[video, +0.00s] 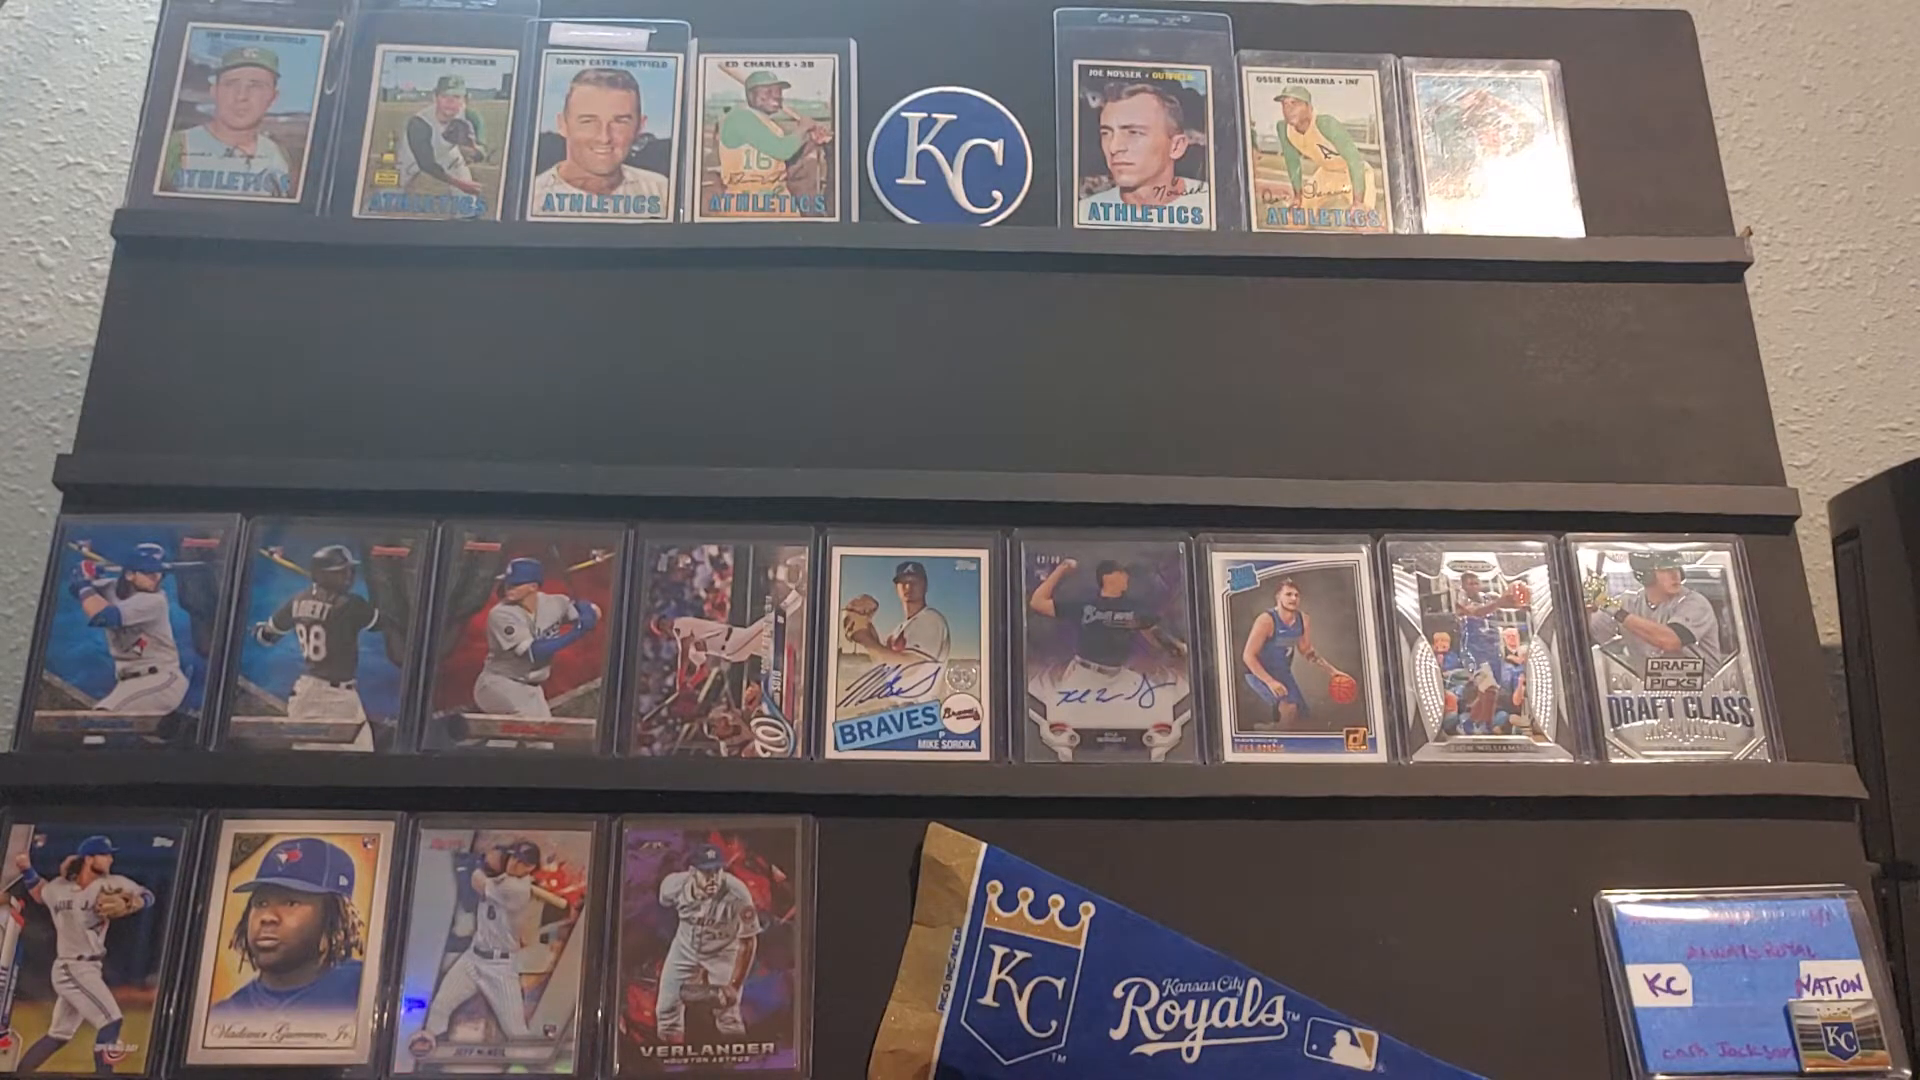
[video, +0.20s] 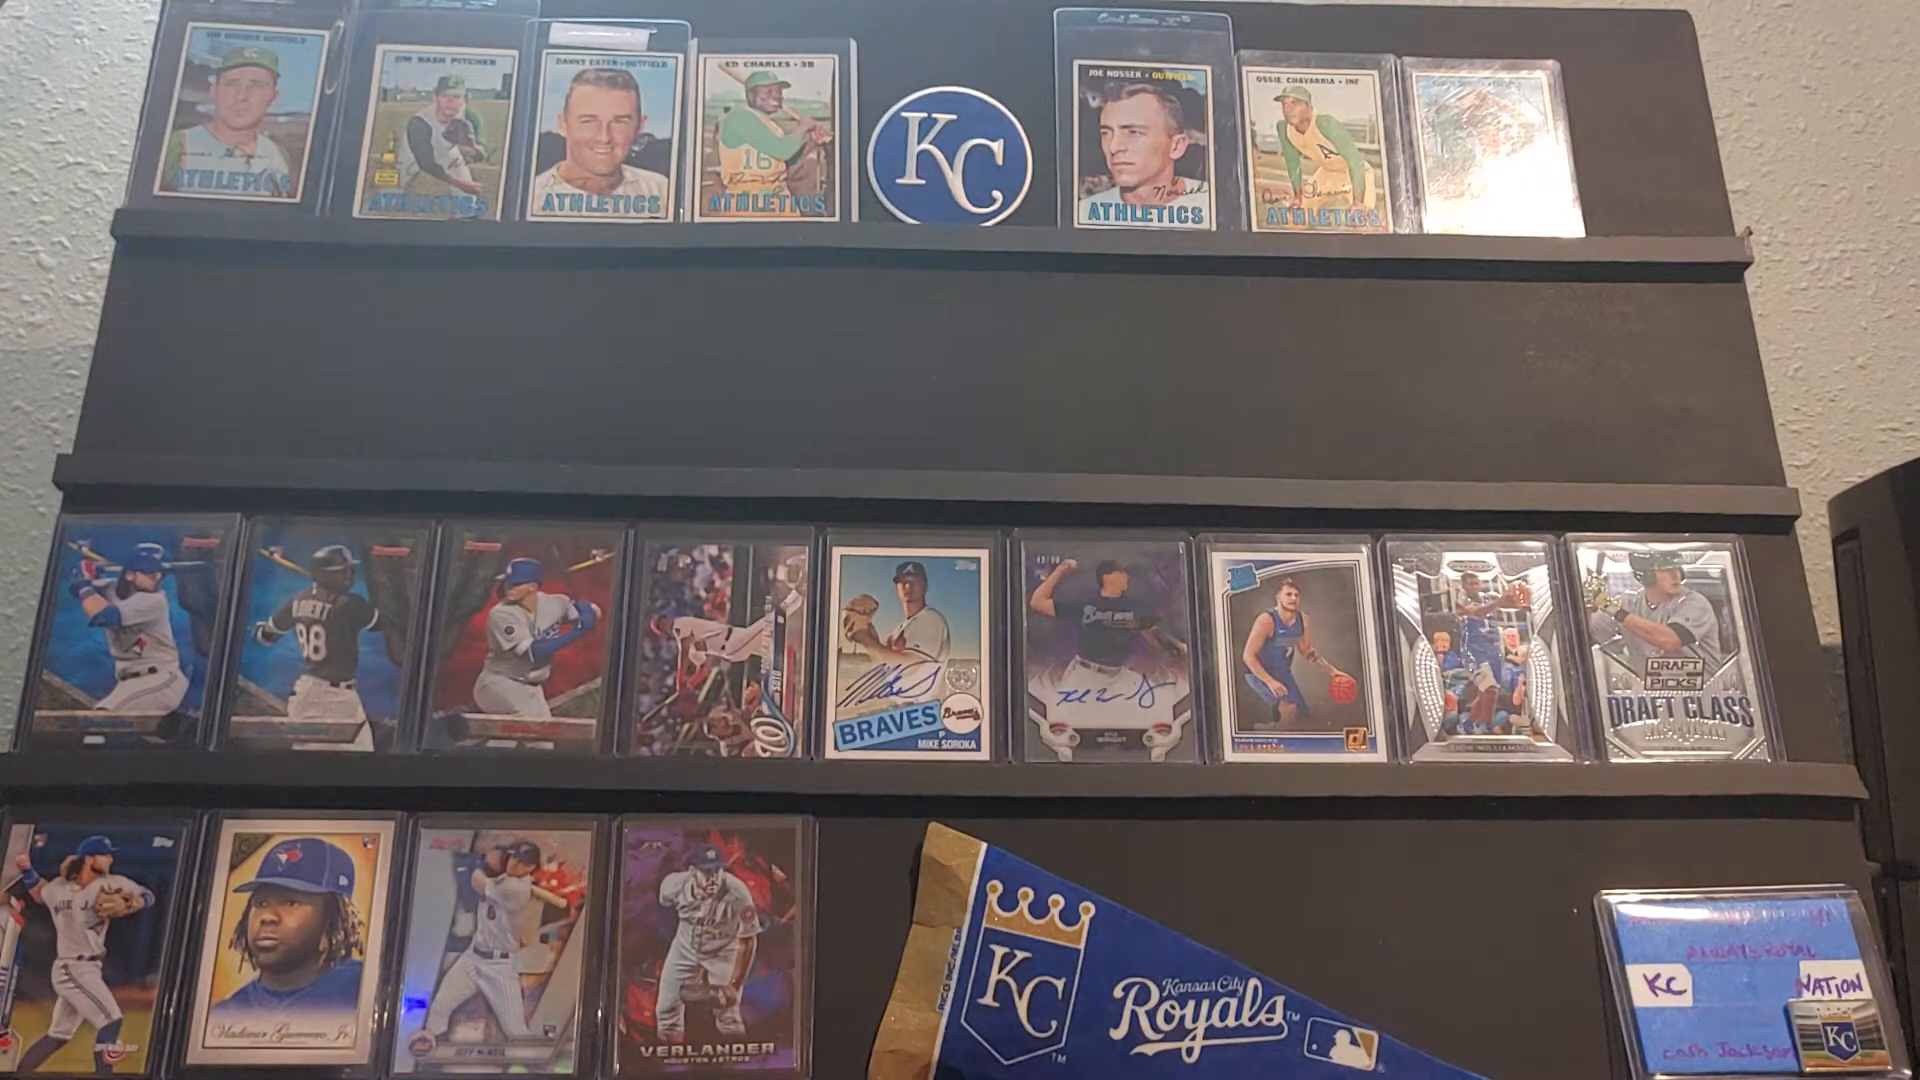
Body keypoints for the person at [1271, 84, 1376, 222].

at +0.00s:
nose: (1288, 109)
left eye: (1294, 103)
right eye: (1284, 105)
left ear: (1308, 107)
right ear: (1281, 108)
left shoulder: (1327, 124)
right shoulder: (1283, 128)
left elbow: (1355, 160)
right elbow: (1293, 163)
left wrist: (1358, 202)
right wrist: (1297, 197)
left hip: (1354, 174)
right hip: (1327, 173)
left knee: (1360, 218)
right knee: (1302, 210)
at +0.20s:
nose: (1288, 109)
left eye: (1294, 103)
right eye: (1284, 104)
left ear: (1308, 106)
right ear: (1281, 108)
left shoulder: (1327, 123)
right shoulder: (1283, 128)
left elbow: (1355, 160)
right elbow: (1293, 163)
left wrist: (1357, 202)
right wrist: (1298, 197)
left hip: (1355, 174)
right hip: (1327, 173)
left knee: (1360, 219)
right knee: (1301, 210)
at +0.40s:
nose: (1288, 110)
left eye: (1294, 103)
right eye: (1284, 105)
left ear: (1308, 107)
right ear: (1281, 108)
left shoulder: (1327, 124)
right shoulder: (1283, 128)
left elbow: (1355, 160)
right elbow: (1293, 163)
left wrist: (1358, 202)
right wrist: (1297, 197)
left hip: (1355, 174)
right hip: (1327, 173)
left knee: (1360, 220)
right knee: (1301, 212)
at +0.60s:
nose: (1288, 110)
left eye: (1294, 103)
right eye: (1284, 105)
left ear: (1308, 107)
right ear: (1281, 108)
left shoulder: (1327, 124)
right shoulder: (1283, 128)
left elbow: (1355, 160)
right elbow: (1293, 163)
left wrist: (1357, 202)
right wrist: (1297, 197)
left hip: (1355, 174)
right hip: (1327, 173)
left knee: (1360, 220)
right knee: (1301, 212)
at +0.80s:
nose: (1288, 108)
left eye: (1294, 103)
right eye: (1285, 104)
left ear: (1308, 107)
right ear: (1282, 109)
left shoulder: (1326, 123)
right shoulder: (1283, 128)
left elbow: (1355, 161)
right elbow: (1292, 163)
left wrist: (1358, 202)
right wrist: (1297, 196)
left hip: (1354, 172)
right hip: (1327, 172)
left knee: (1361, 217)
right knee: (1303, 209)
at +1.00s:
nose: (1288, 109)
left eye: (1294, 103)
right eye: (1284, 104)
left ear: (1309, 107)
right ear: (1281, 108)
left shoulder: (1327, 124)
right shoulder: (1283, 128)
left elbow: (1355, 161)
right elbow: (1293, 163)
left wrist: (1358, 202)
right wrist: (1297, 197)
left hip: (1355, 172)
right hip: (1327, 172)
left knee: (1360, 219)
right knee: (1303, 208)